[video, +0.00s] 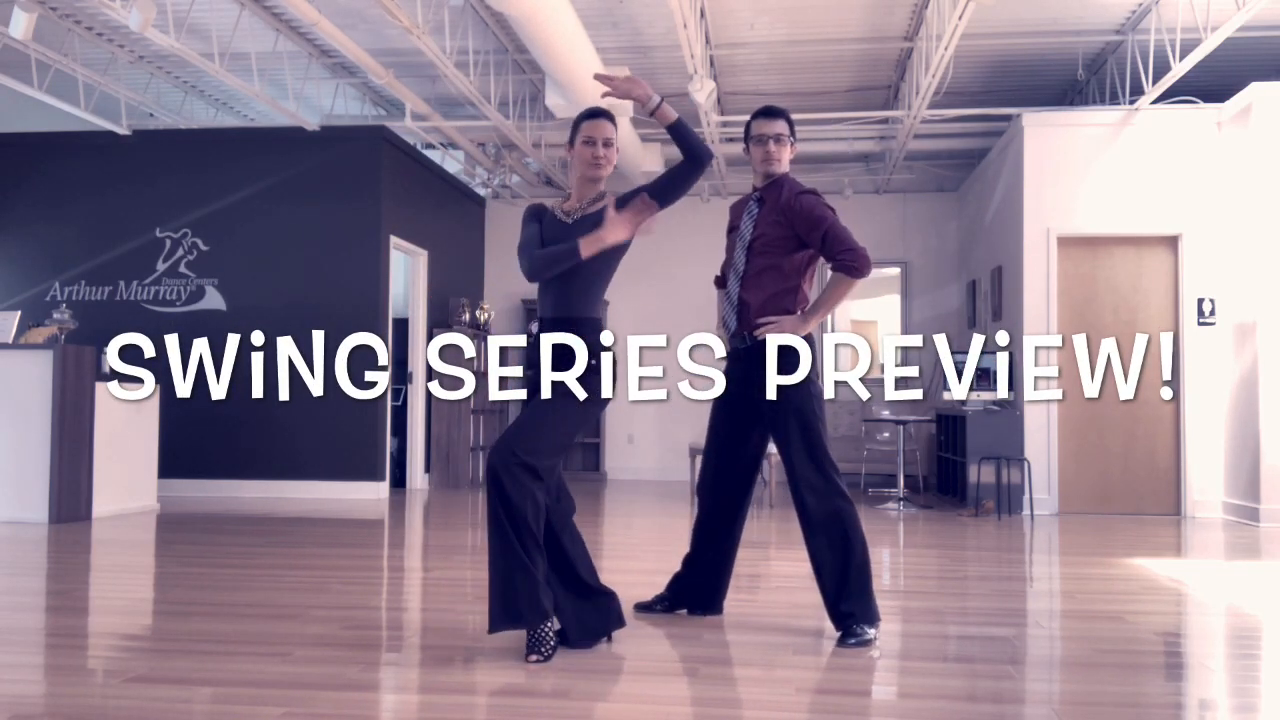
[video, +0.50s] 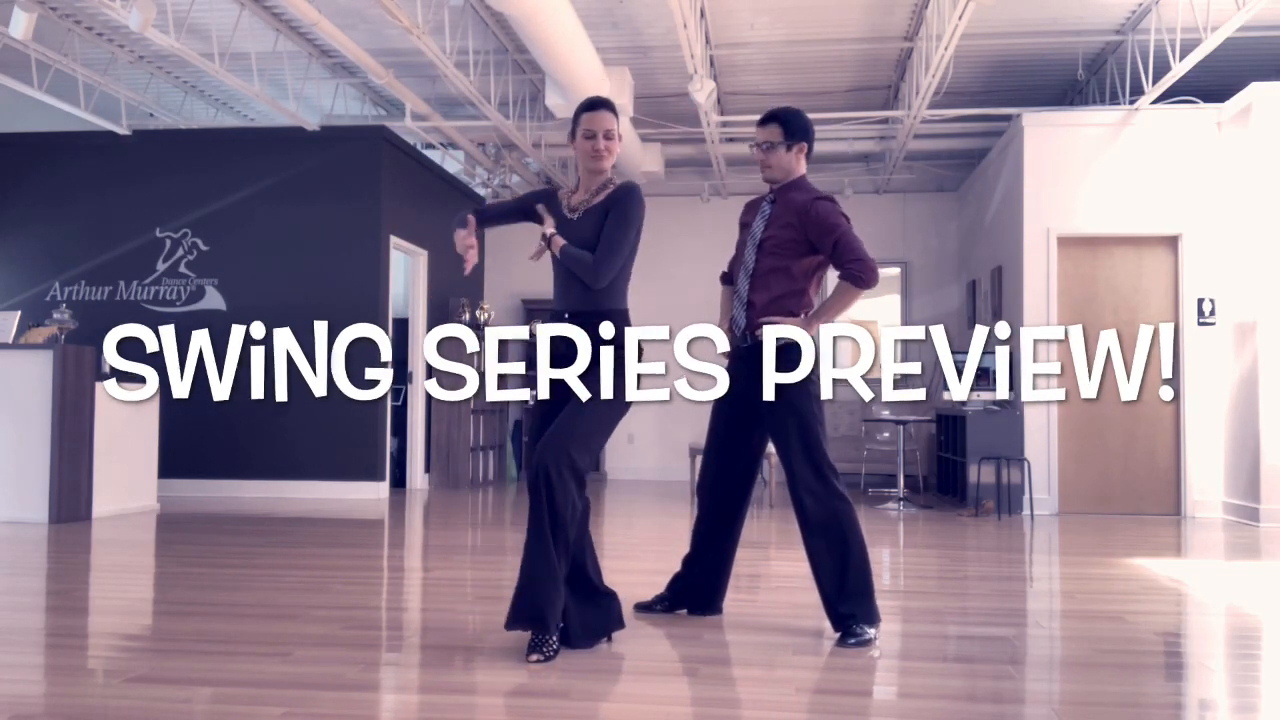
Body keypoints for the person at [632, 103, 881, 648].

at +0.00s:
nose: (769, 148)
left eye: (779, 140)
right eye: (759, 140)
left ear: (794, 148)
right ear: (745, 150)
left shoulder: (800, 202)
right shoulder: (742, 208)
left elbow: (854, 262)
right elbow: (741, 268)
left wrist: (807, 320)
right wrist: (726, 289)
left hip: (783, 354)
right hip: (742, 357)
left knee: (814, 482)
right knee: (723, 477)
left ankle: (857, 615)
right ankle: (698, 590)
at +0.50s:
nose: (759, 155)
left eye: (769, 146)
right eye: (756, 147)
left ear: (800, 151)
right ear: (758, 153)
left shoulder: (815, 207)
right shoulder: (756, 209)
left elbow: (862, 272)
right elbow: (733, 274)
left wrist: (812, 323)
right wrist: (729, 328)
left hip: (786, 357)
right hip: (743, 358)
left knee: (814, 484)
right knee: (723, 478)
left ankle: (856, 615)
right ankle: (697, 591)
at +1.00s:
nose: (792, 169)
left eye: (801, 161)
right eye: (791, 161)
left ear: (833, 163)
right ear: (812, 164)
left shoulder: (850, 224)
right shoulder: (797, 217)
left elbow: (877, 301)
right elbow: (770, 278)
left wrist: (816, 334)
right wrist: (743, 324)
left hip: (787, 365)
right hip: (750, 360)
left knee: (810, 489)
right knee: (721, 480)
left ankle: (854, 617)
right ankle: (697, 592)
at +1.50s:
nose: (795, 164)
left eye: (805, 156)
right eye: (794, 156)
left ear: (837, 162)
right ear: (806, 164)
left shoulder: (848, 221)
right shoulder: (798, 217)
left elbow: (874, 298)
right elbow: (780, 280)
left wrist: (817, 334)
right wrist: (747, 325)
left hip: (787, 364)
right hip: (751, 359)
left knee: (807, 487)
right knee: (721, 479)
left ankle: (855, 616)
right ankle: (697, 591)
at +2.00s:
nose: (787, 164)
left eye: (797, 156)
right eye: (787, 156)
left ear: (830, 162)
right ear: (800, 165)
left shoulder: (847, 221)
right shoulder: (791, 220)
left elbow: (876, 298)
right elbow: (761, 279)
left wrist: (821, 344)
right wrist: (744, 324)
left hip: (792, 368)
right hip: (753, 364)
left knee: (799, 493)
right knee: (719, 483)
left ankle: (854, 617)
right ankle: (695, 592)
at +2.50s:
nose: (795, 154)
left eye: (806, 146)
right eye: (791, 147)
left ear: (835, 154)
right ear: (789, 157)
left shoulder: (854, 213)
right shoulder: (782, 220)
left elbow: (897, 286)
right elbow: (721, 267)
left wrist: (845, 342)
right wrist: (659, 299)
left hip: (805, 365)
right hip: (757, 361)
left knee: (815, 492)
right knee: (694, 474)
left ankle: (857, 618)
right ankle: (698, 579)